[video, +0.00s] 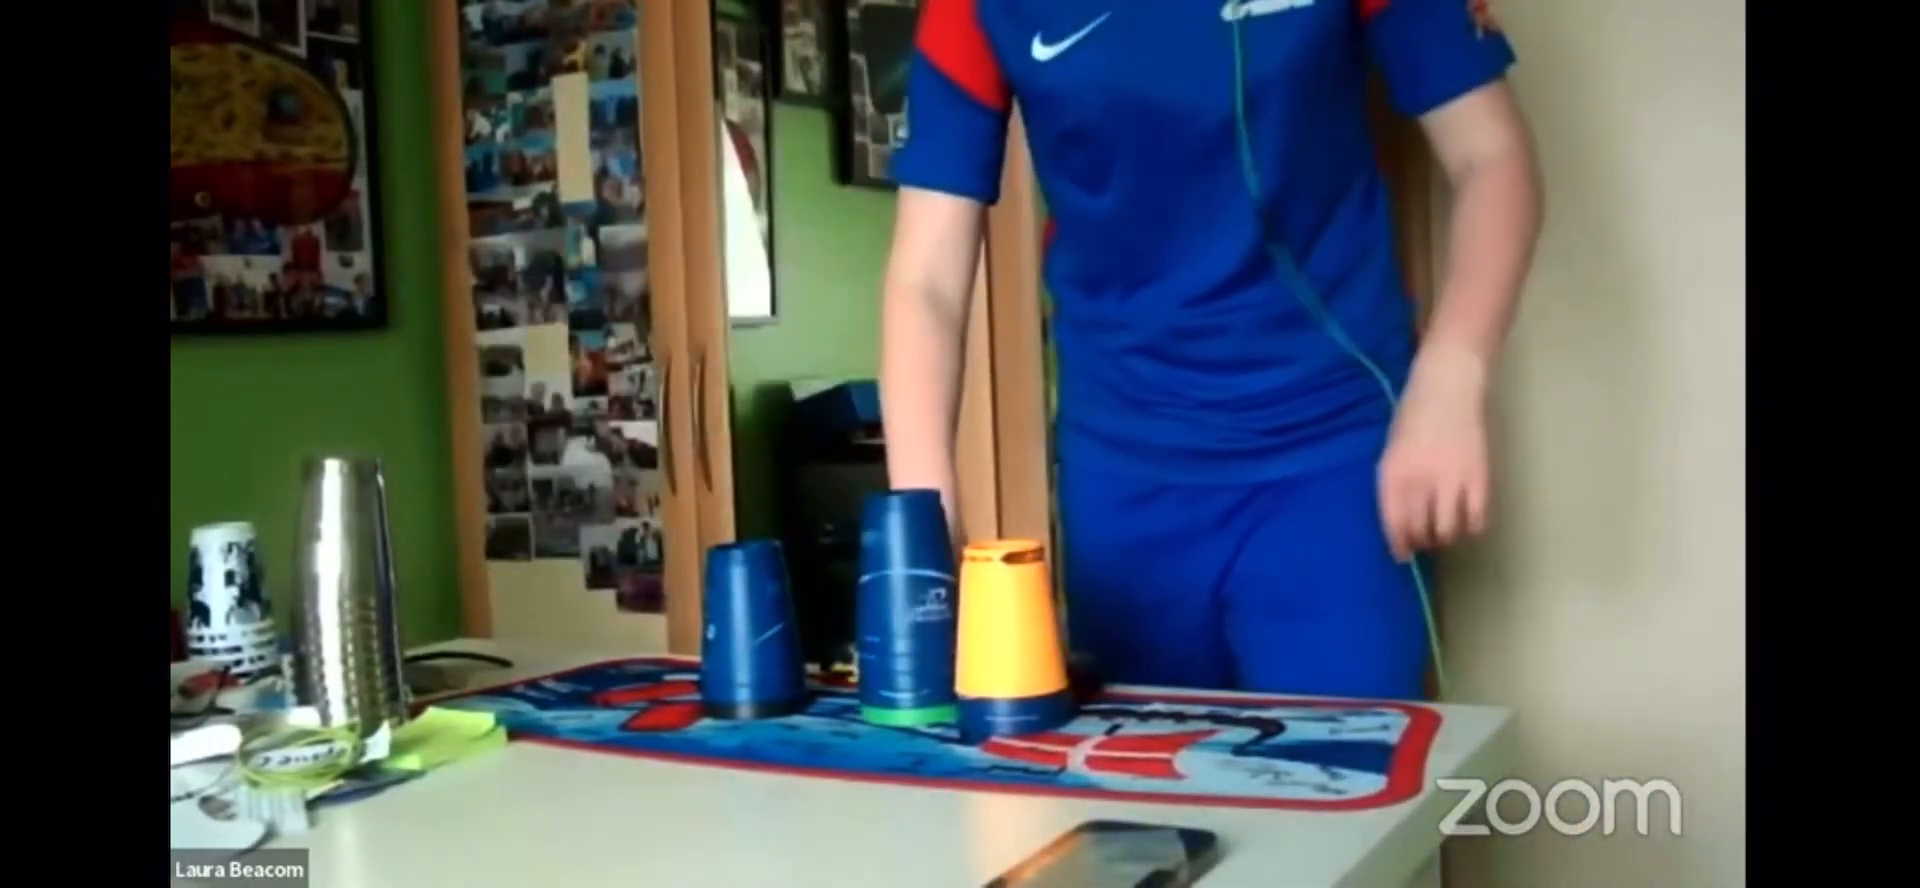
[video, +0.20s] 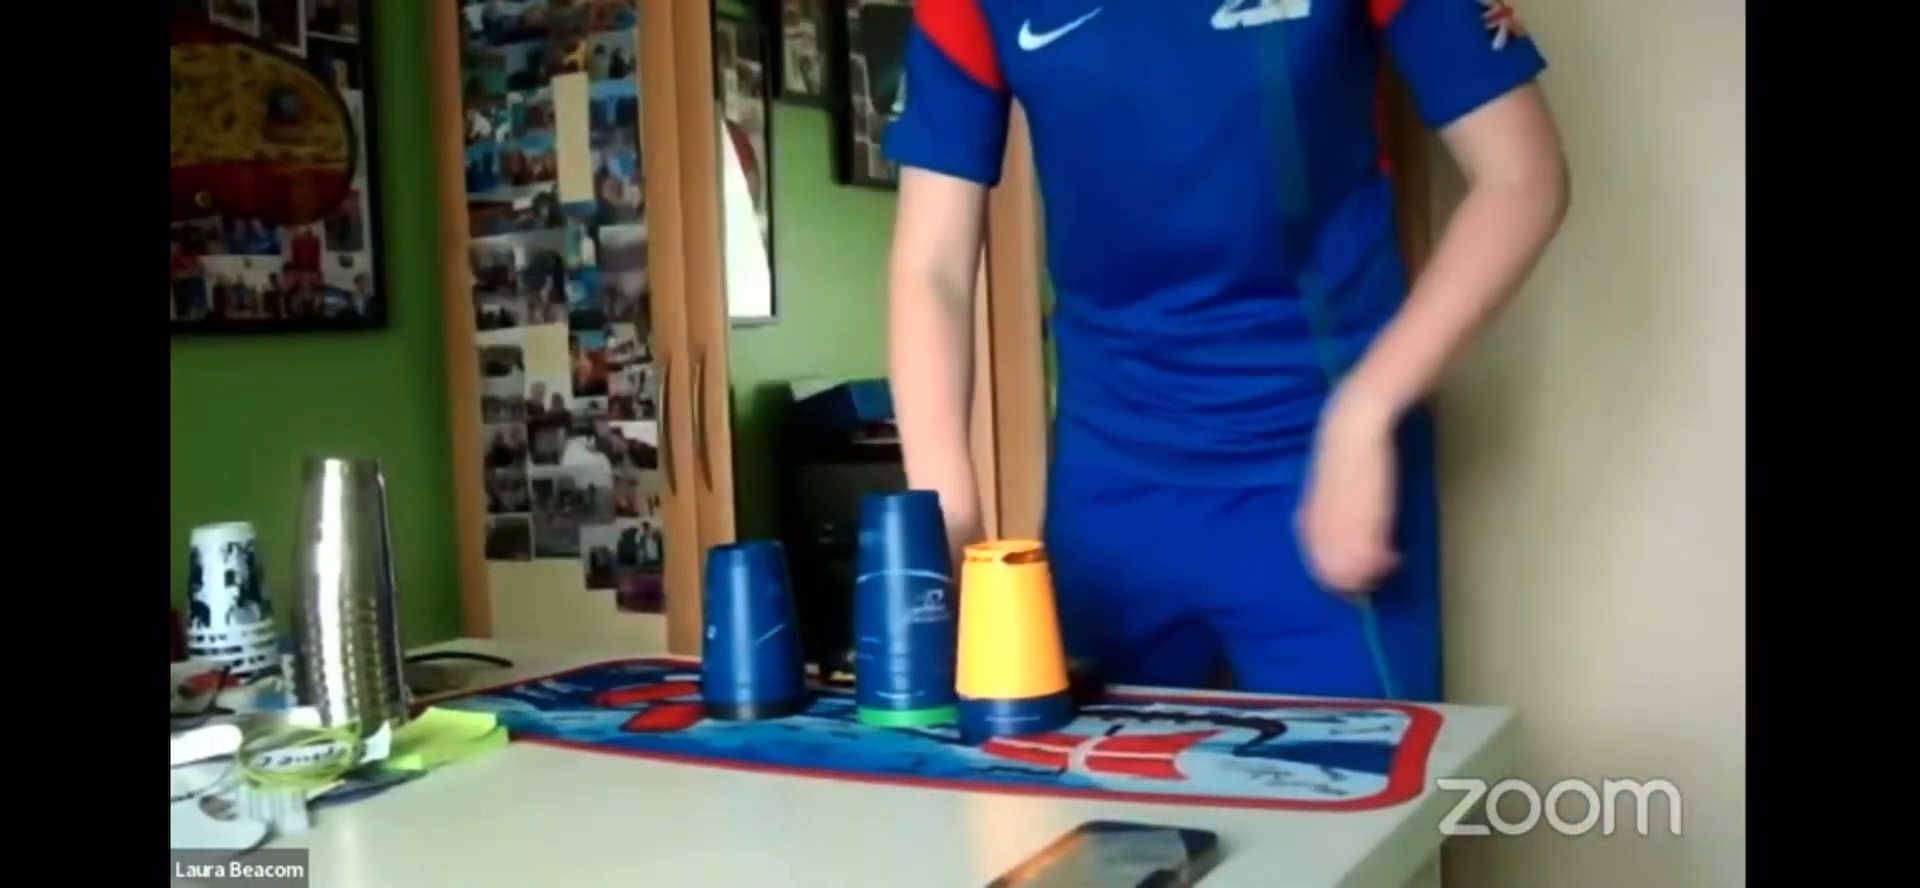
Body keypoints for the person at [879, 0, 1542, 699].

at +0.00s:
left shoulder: (1372, 6)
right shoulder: (980, 11)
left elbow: (1492, 161)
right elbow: (927, 286)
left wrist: (1450, 384)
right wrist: (923, 545)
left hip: (1331, 466)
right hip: (1119, 486)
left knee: (1347, 841)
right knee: (1152, 849)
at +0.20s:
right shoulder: (974, 15)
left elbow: (1522, 176)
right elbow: (933, 274)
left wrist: (1363, 410)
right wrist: (952, 536)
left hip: (1330, 465)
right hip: (1108, 476)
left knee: (1351, 851)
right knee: (1105, 853)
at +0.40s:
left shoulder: (1348, 12)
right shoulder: (950, 15)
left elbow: (1450, 202)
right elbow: (946, 275)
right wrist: (911, 483)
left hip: (1304, 435)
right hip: (1077, 449)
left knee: (1293, 821)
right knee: (1043, 814)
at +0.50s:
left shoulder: (1282, 16)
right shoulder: (922, 21)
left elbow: (1342, 274)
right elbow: (926, 284)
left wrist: (1090, 464)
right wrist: (841, 445)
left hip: (1246, 511)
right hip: (1043, 523)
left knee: (1260, 829)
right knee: (1057, 833)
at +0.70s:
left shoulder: (1138, 18)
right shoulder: (819, 47)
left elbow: (1164, 325)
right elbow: (837, 338)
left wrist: (957, 500)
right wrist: (768, 468)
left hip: (1175, 529)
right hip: (977, 550)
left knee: (1252, 832)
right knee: (1017, 847)